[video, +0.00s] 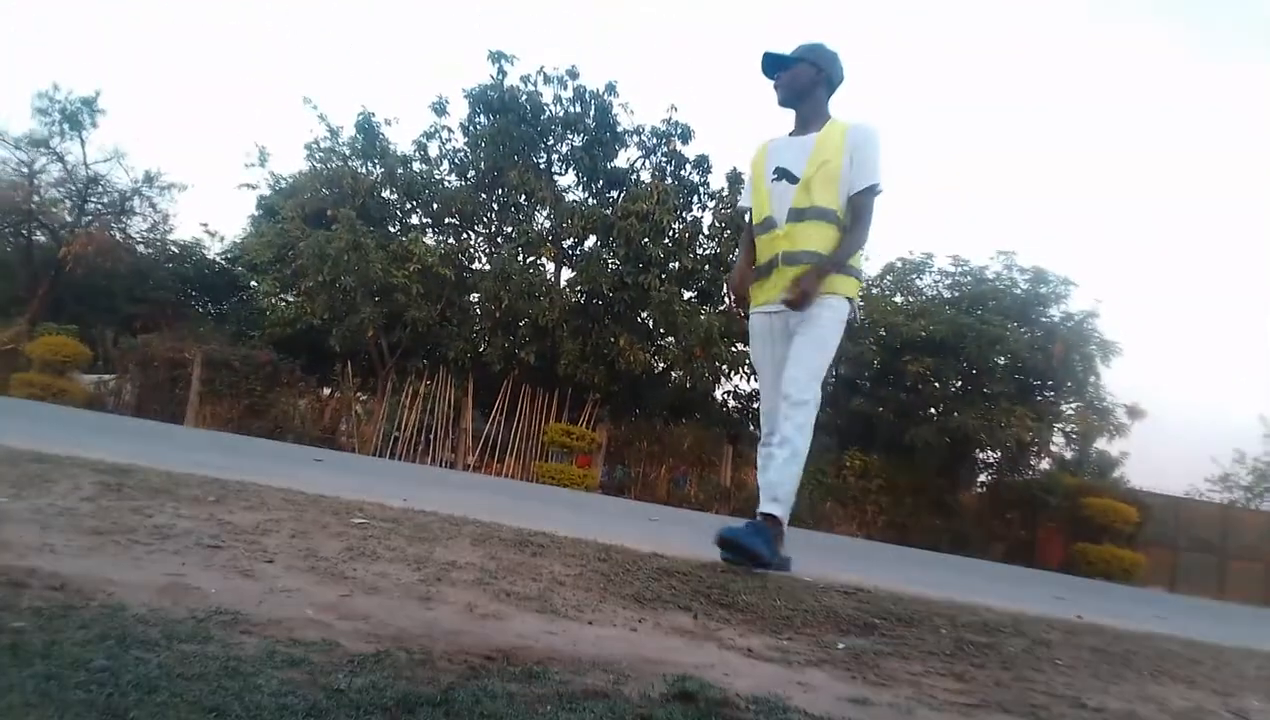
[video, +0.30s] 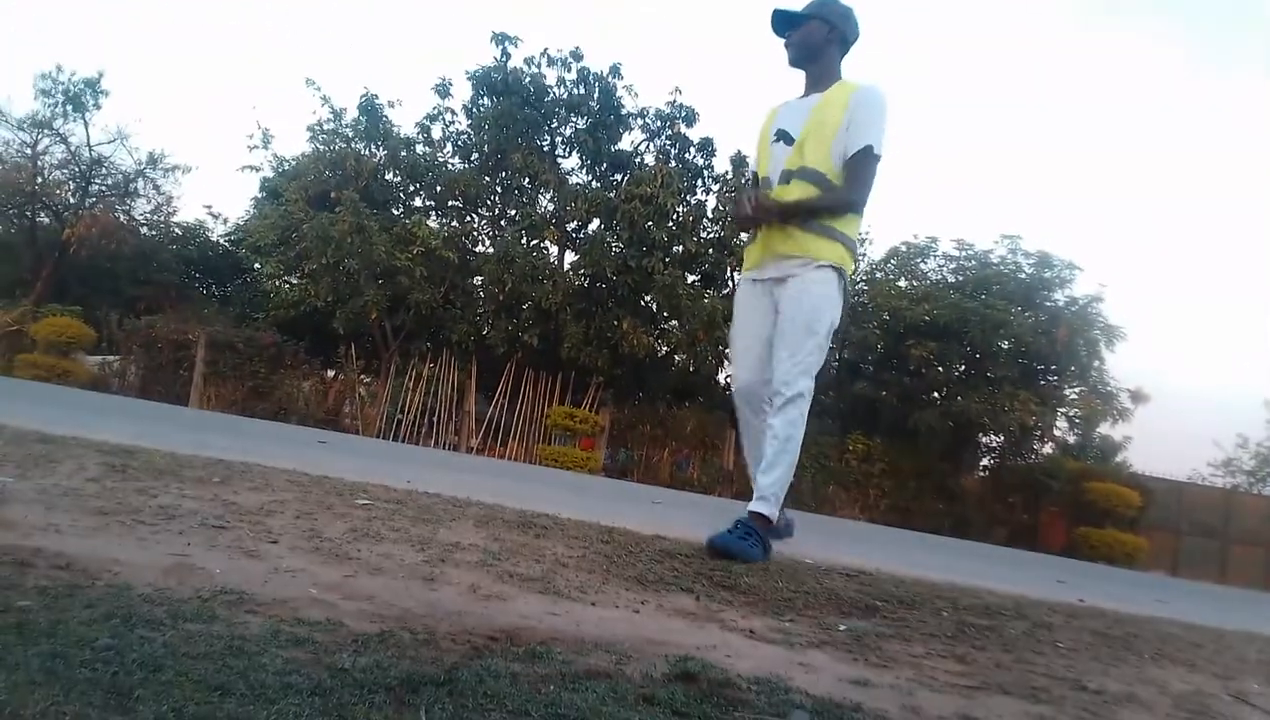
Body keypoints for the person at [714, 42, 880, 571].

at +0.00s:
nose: (778, 75)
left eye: (790, 67)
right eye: (779, 68)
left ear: (820, 77)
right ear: (792, 80)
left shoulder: (855, 138)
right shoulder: (765, 152)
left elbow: (860, 223)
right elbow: (753, 223)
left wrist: (820, 273)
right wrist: (742, 262)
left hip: (823, 292)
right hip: (766, 295)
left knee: (797, 396)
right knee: (772, 405)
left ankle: (770, 523)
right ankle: (770, 531)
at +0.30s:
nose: (789, 34)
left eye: (801, 25)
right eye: (790, 27)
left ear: (833, 35)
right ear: (809, 40)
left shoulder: (862, 100)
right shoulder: (777, 115)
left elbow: (853, 196)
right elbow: (760, 189)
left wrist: (775, 209)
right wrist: (746, 205)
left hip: (815, 265)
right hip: (759, 263)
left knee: (790, 387)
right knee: (746, 383)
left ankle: (760, 519)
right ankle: (771, 506)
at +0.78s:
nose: (785, 4)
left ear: (834, 7)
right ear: (799, 12)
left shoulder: (856, 70)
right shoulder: (771, 84)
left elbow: (839, 170)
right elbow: (743, 184)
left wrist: (749, 150)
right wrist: (729, 151)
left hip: (801, 249)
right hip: (741, 246)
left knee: (785, 383)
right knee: (712, 365)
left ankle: (758, 522)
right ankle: (681, 503)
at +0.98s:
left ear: (810, 1)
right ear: (783, 8)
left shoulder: (839, 57)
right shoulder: (753, 76)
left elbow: (830, 162)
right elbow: (732, 181)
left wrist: (743, 140)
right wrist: (706, 143)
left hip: (790, 242)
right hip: (726, 242)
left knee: (778, 383)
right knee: (703, 365)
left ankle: (759, 521)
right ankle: (664, 501)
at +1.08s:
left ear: (795, 1)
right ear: (767, 8)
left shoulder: (825, 52)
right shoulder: (738, 75)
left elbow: (818, 157)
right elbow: (716, 173)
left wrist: (725, 129)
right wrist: (693, 134)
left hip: (777, 239)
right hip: (714, 238)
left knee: (765, 384)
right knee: (696, 373)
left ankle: (757, 521)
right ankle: (670, 515)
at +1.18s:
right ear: (745, 8)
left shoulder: (811, 48)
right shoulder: (720, 73)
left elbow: (801, 151)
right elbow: (692, 175)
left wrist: (707, 120)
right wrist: (688, 125)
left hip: (757, 230)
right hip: (694, 233)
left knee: (743, 372)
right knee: (687, 376)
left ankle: (756, 515)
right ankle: (670, 525)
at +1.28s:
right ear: (730, 5)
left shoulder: (795, 43)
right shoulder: (709, 65)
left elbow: (785, 140)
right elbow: (673, 169)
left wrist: (686, 107)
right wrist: (680, 105)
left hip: (736, 222)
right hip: (674, 224)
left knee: (703, 355)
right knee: (674, 377)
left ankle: (754, 485)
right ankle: (669, 528)